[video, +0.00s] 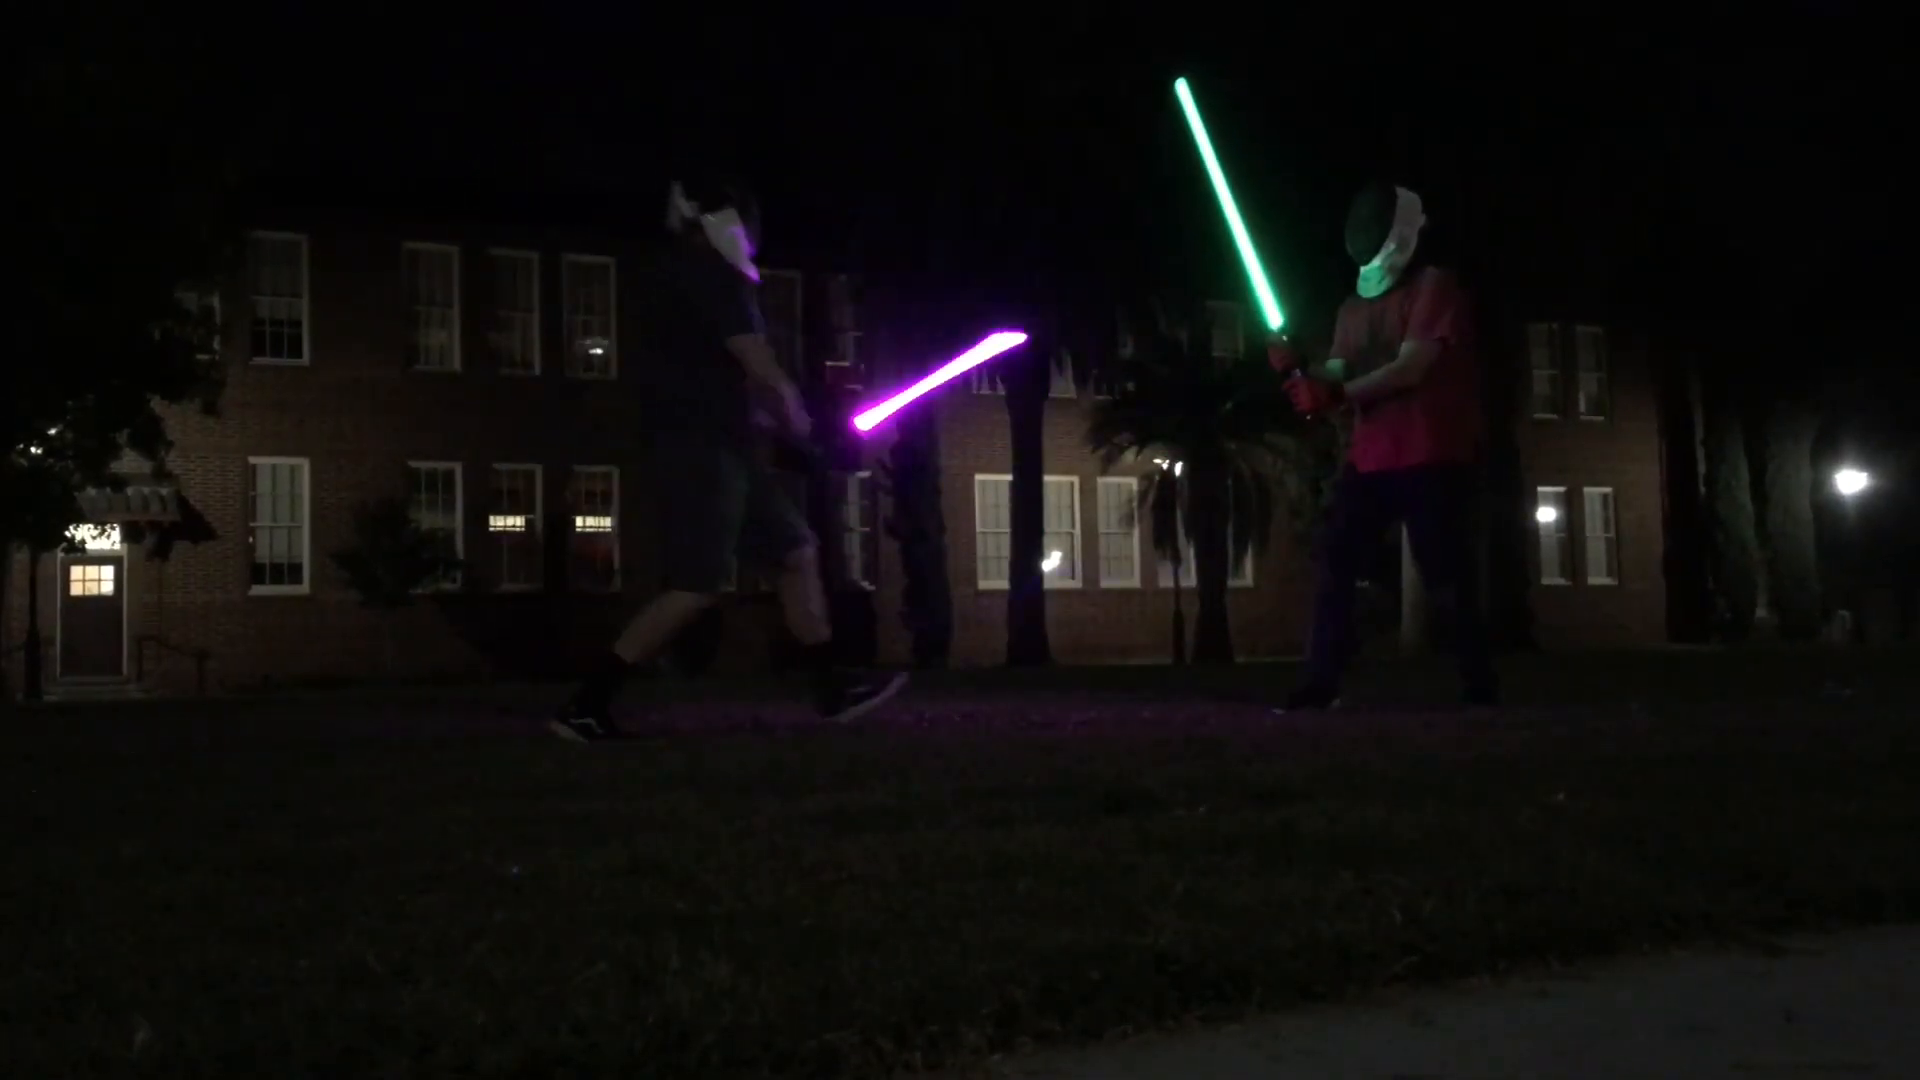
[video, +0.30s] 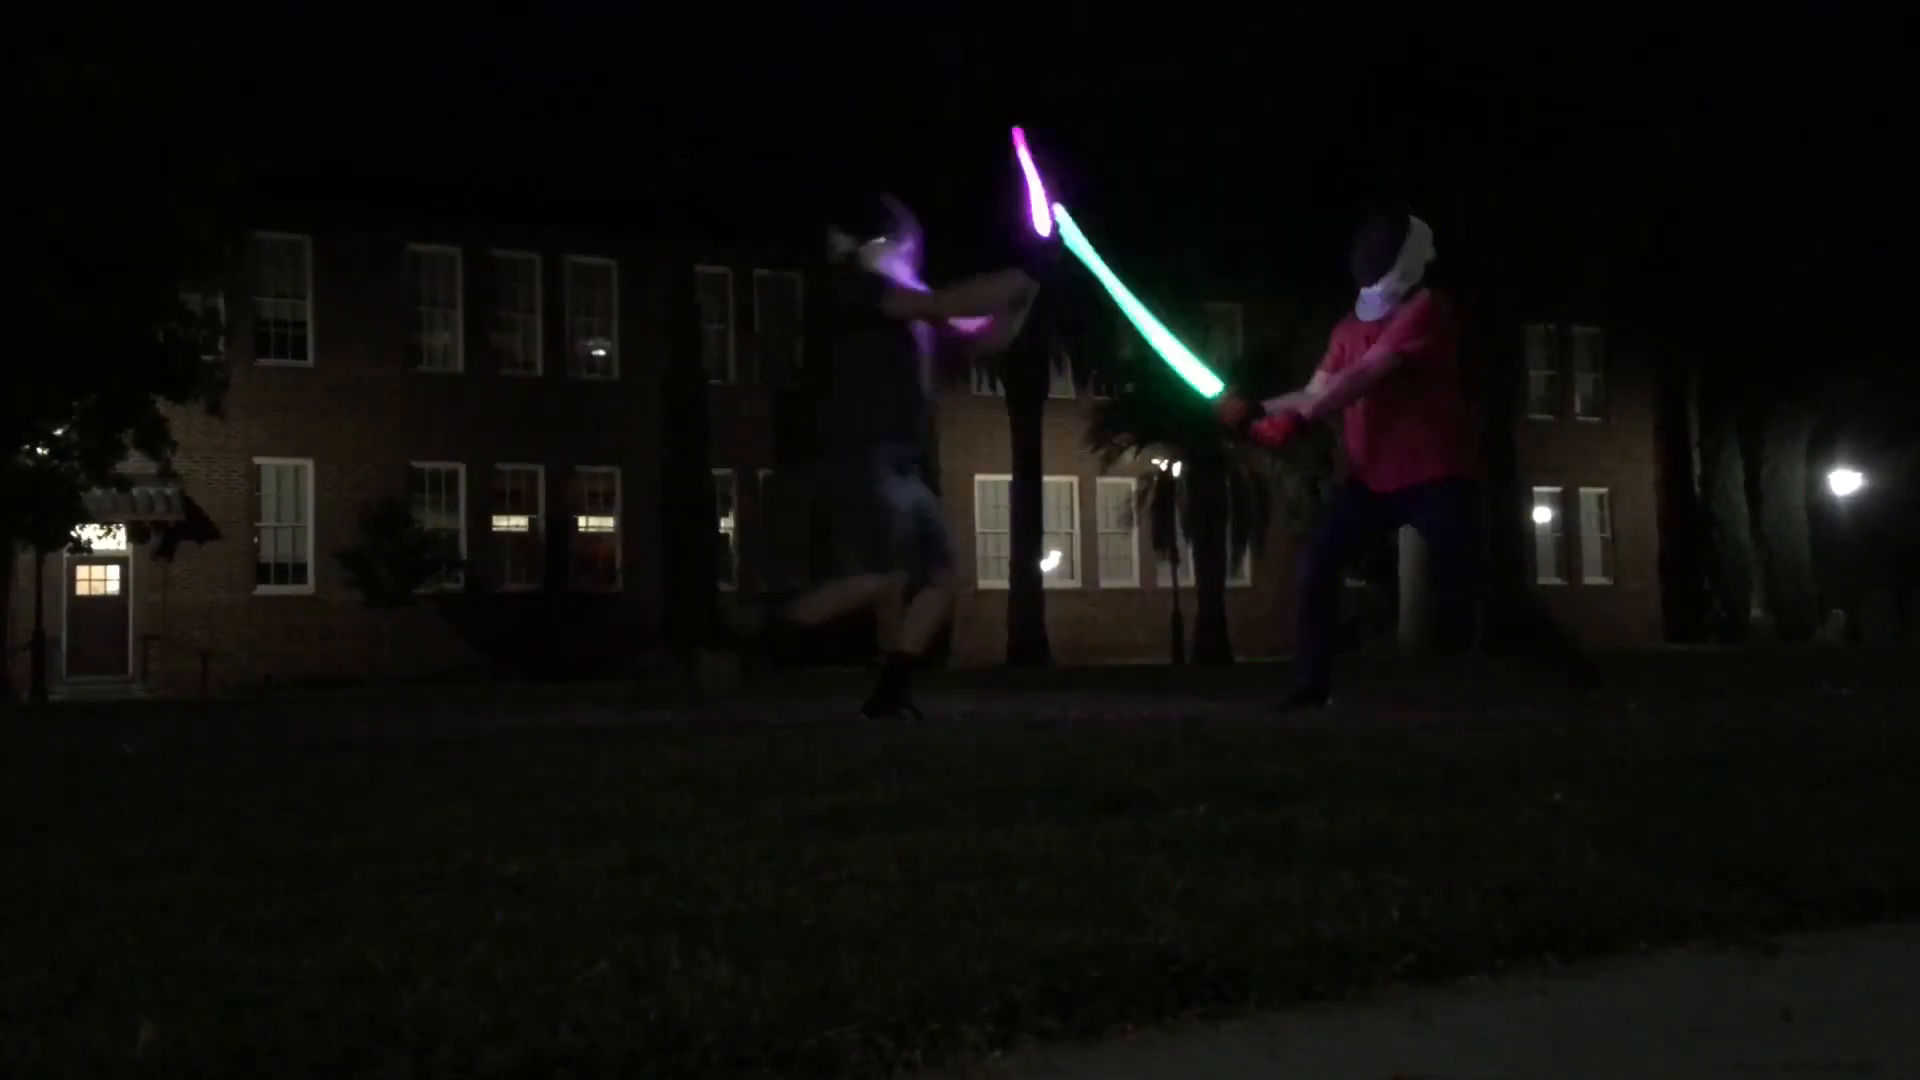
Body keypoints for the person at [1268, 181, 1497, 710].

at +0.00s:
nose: (1369, 253)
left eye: (1379, 240)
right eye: (1363, 243)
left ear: (1404, 237)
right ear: (1360, 245)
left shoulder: (1434, 289)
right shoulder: (1356, 309)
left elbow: (1414, 365)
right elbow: (1339, 375)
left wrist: (1340, 393)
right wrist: (1298, 370)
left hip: (1432, 461)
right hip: (1371, 464)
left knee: (1446, 576)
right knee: (1338, 566)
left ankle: (1474, 684)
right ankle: (1321, 680)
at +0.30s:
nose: (1368, 262)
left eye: (1382, 252)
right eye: (1366, 250)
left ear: (1407, 260)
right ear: (1360, 258)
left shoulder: (1425, 312)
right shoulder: (1350, 329)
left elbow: (1372, 372)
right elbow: (1316, 393)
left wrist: (1303, 415)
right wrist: (1254, 411)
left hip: (1434, 479)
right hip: (1373, 482)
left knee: (1473, 586)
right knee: (1319, 563)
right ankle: (1311, 682)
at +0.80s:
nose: (1564, 226)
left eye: (1573, 217)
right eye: (1553, 220)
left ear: (1580, 222)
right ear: (1540, 229)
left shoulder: (1602, 254)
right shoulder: (1522, 280)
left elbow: (1579, 184)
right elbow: (1494, 245)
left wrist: (1516, 154)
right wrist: (1474, 181)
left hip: (1614, 412)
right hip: (1548, 419)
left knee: (1642, 551)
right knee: (1542, 555)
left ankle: (1650, 674)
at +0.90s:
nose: (1596, 222)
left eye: (1600, 210)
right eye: (1584, 214)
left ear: (1607, 215)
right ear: (1566, 223)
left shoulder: (1633, 252)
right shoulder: (1543, 272)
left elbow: (1616, 181)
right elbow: (1500, 215)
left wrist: (1566, 131)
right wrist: (1497, 149)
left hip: (1644, 421)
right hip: (1576, 427)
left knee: (1690, 526)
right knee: (1572, 560)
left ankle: (1695, 653)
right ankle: (1573, 679)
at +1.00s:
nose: (1624, 228)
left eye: (1635, 217)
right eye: (1620, 218)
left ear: (1651, 227)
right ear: (1605, 226)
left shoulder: (1666, 269)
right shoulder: (1577, 282)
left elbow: (1628, 209)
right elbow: (1519, 240)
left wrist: (1575, 160)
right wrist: (1524, 172)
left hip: (1673, 438)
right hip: (1604, 443)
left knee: (1747, 549)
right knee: (1578, 563)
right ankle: (1571, 680)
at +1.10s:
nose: (1626, 266)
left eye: (1638, 254)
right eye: (1624, 257)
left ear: (1667, 244)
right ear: (1632, 250)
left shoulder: (1702, 286)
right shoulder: (1618, 300)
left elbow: (1642, 269)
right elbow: (1544, 289)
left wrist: (1584, 231)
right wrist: (1548, 223)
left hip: (1713, 455)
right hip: (1646, 462)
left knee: (1789, 571)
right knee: (1607, 578)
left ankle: (1882, 670)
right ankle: (1573, 689)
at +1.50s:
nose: (1697, 246)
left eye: (1709, 232)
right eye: (1694, 234)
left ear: (1737, 232)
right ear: (1691, 236)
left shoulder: (1771, 283)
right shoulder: (1683, 302)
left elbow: (1746, 356)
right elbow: (1657, 362)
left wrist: (1673, 379)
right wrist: (1640, 381)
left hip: (1775, 450)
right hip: (1704, 457)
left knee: (1825, 566)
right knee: (1653, 564)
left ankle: (1884, 672)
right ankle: (1604, 674)